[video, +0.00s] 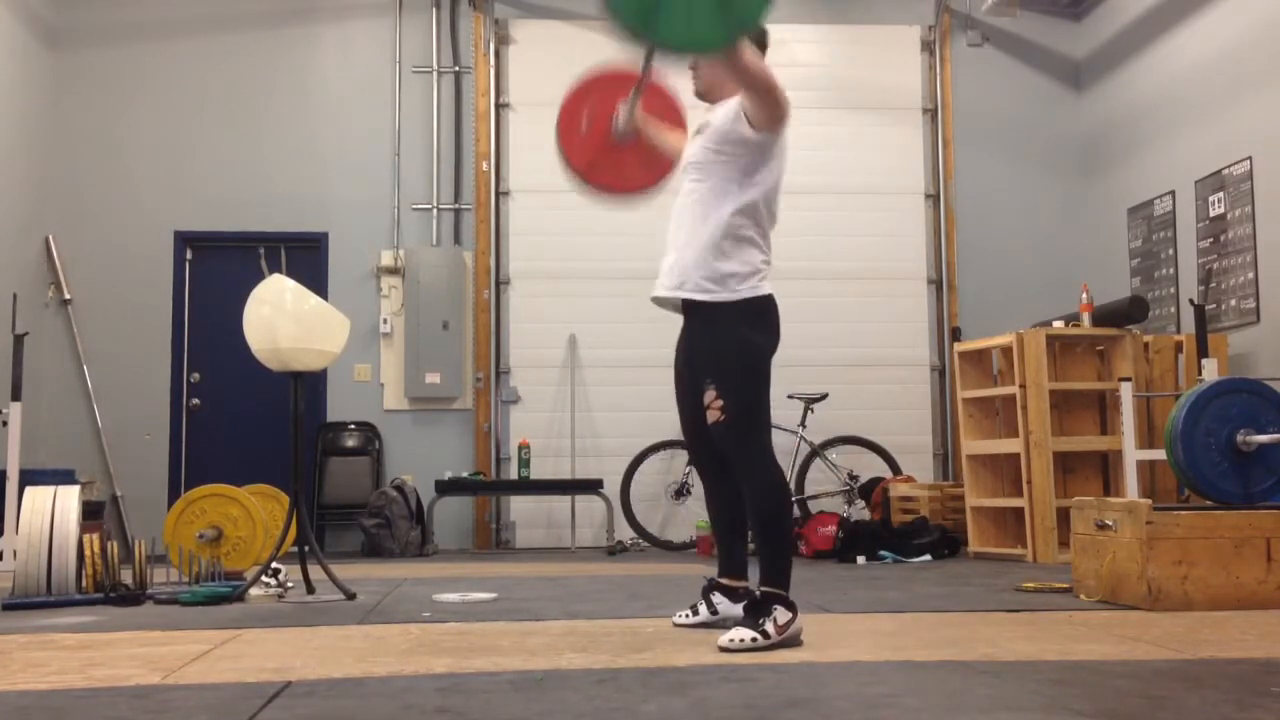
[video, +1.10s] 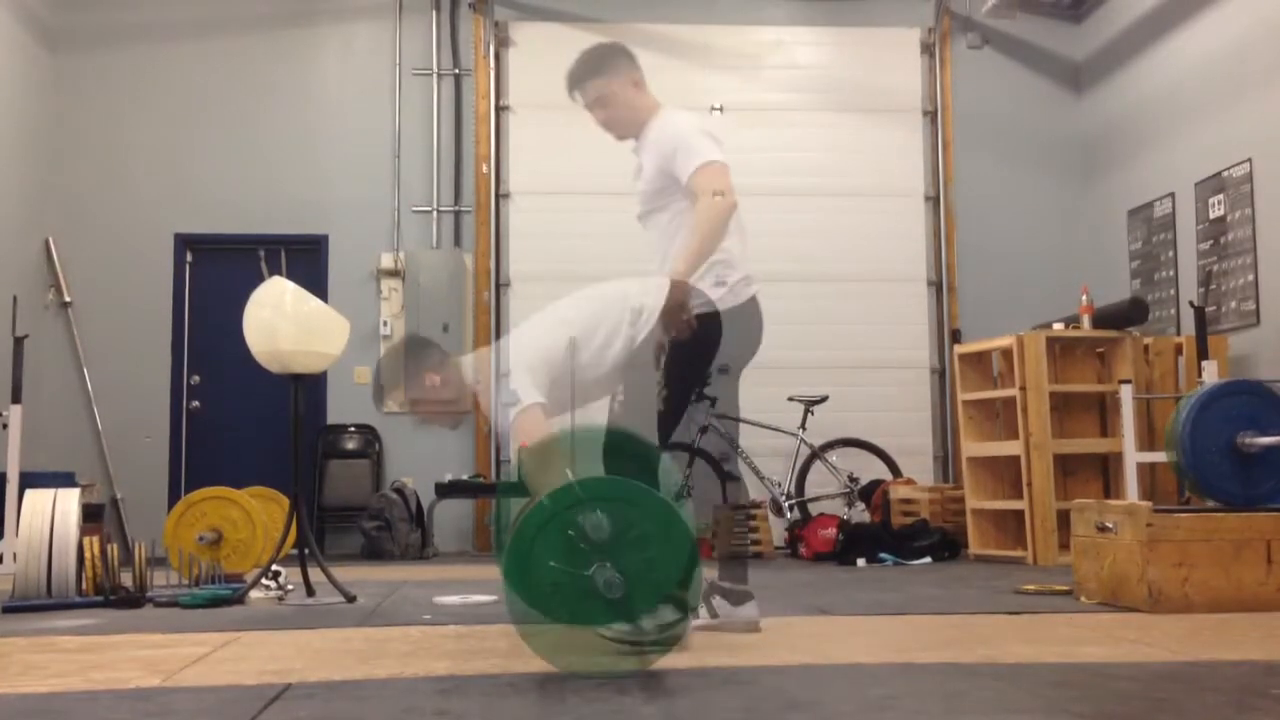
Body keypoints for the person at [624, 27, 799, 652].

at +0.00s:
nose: (691, 64)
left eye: (701, 54)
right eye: (689, 54)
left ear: (736, 55)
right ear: (705, 63)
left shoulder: (756, 116)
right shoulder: (711, 126)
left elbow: (769, 101)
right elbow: (689, 160)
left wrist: (728, 39)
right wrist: (639, 123)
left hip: (739, 313)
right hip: (701, 314)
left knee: (750, 454)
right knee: (709, 456)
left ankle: (777, 606)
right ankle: (730, 594)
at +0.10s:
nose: (723, 66)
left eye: (733, 53)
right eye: (715, 54)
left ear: (753, 59)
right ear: (705, 62)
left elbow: (771, 137)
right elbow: (656, 187)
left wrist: (710, 98)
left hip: (746, 316)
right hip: (702, 316)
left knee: (755, 457)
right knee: (710, 457)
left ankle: (778, 607)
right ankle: (731, 594)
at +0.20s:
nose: (699, 76)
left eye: (710, 63)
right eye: (693, 67)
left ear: (745, 61)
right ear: (693, 71)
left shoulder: (755, 116)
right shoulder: (721, 130)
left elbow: (772, 168)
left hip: (751, 312)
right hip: (713, 309)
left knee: (756, 452)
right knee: (712, 452)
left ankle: (779, 607)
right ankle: (731, 593)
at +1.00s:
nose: (614, 114)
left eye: (618, 98)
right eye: (604, 104)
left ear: (651, 81)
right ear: (604, 103)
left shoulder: (690, 128)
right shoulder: (668, 143)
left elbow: (732, 197)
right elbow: (691, 233)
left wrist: (693, 276)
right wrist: (675, 308)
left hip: (720, 313)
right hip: (705, 314)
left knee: (691, 445)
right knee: (709, 449)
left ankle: (720, 591)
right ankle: (731, 592)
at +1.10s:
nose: (597, 119)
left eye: (600, 102)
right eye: (589, 108)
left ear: (632, 84)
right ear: (616, 97)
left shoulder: (676, 129)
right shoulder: (655, 143)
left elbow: (719, 199)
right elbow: (686, 229)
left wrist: (677, 284)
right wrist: (672, 302)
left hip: (717, 314)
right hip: (700, 314)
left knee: (698, 451)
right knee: (711, 451)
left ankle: (731, 591)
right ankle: (729, 592)